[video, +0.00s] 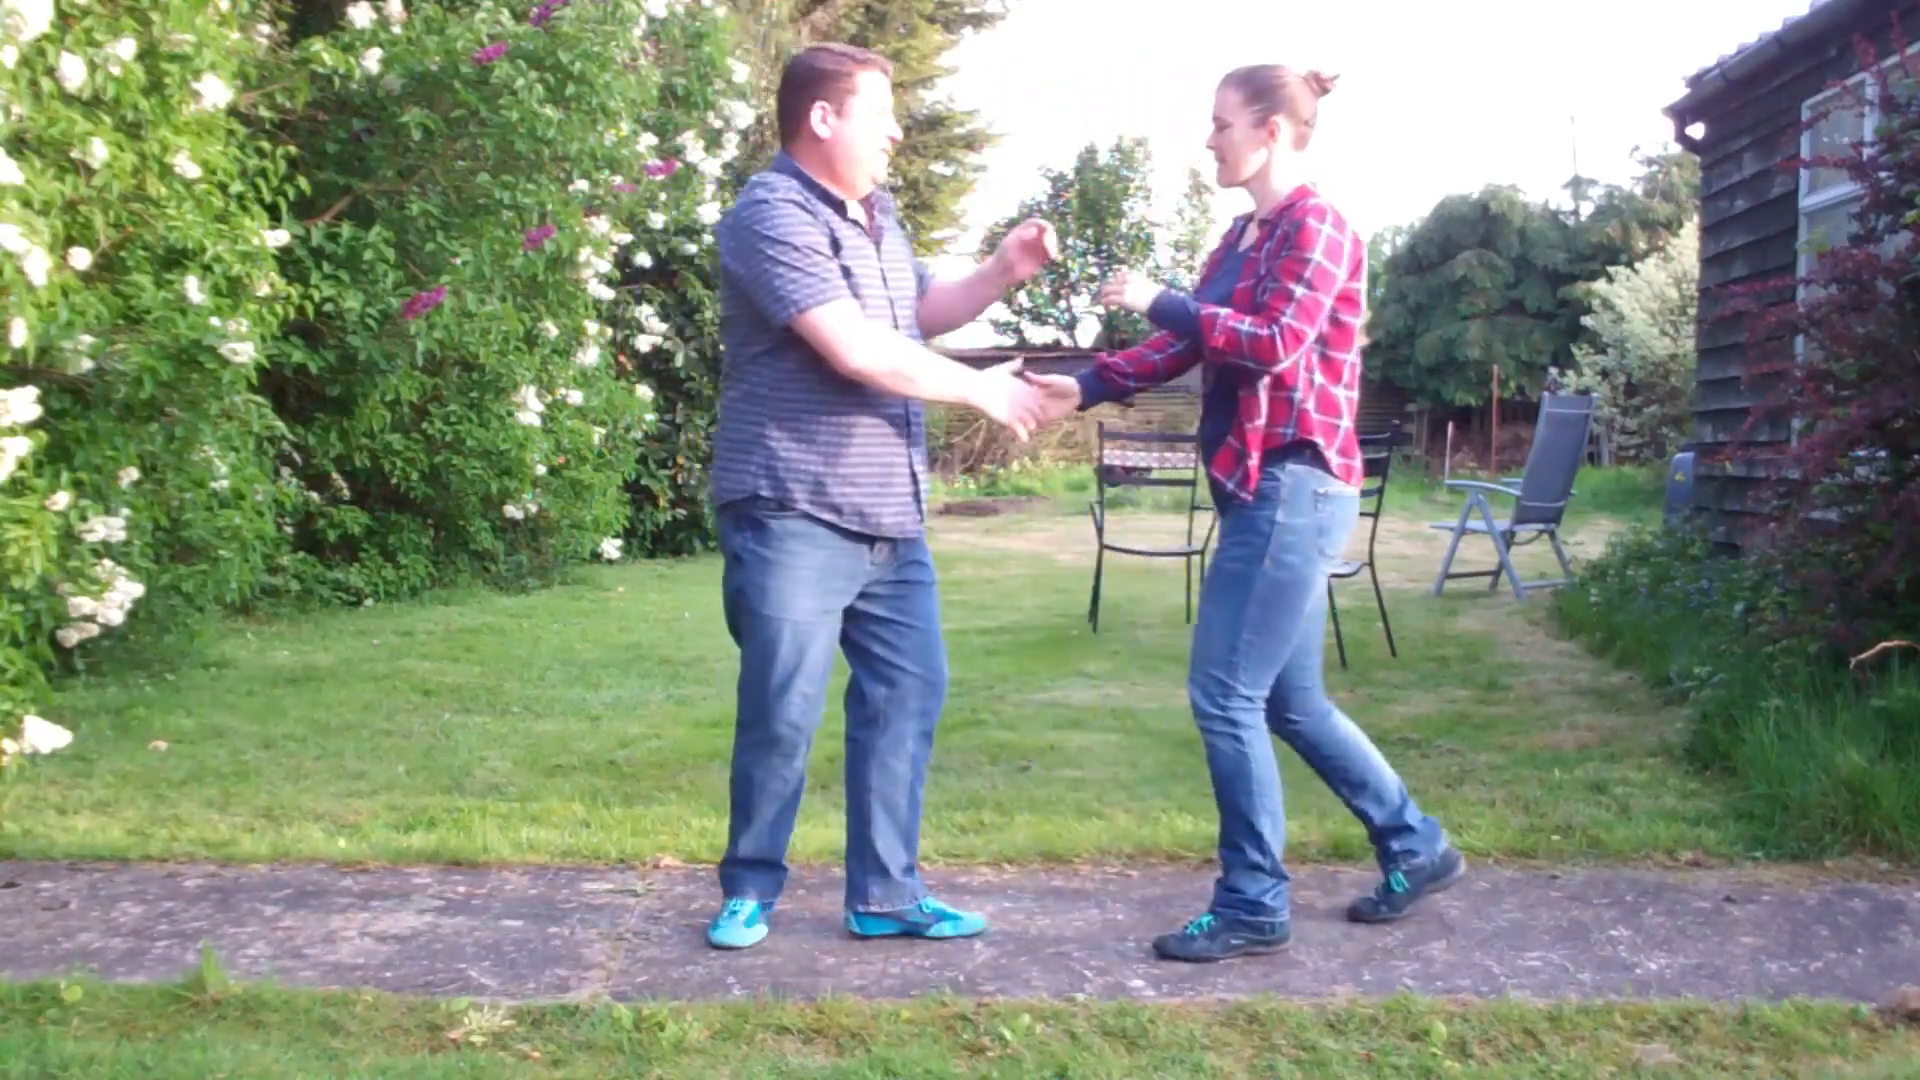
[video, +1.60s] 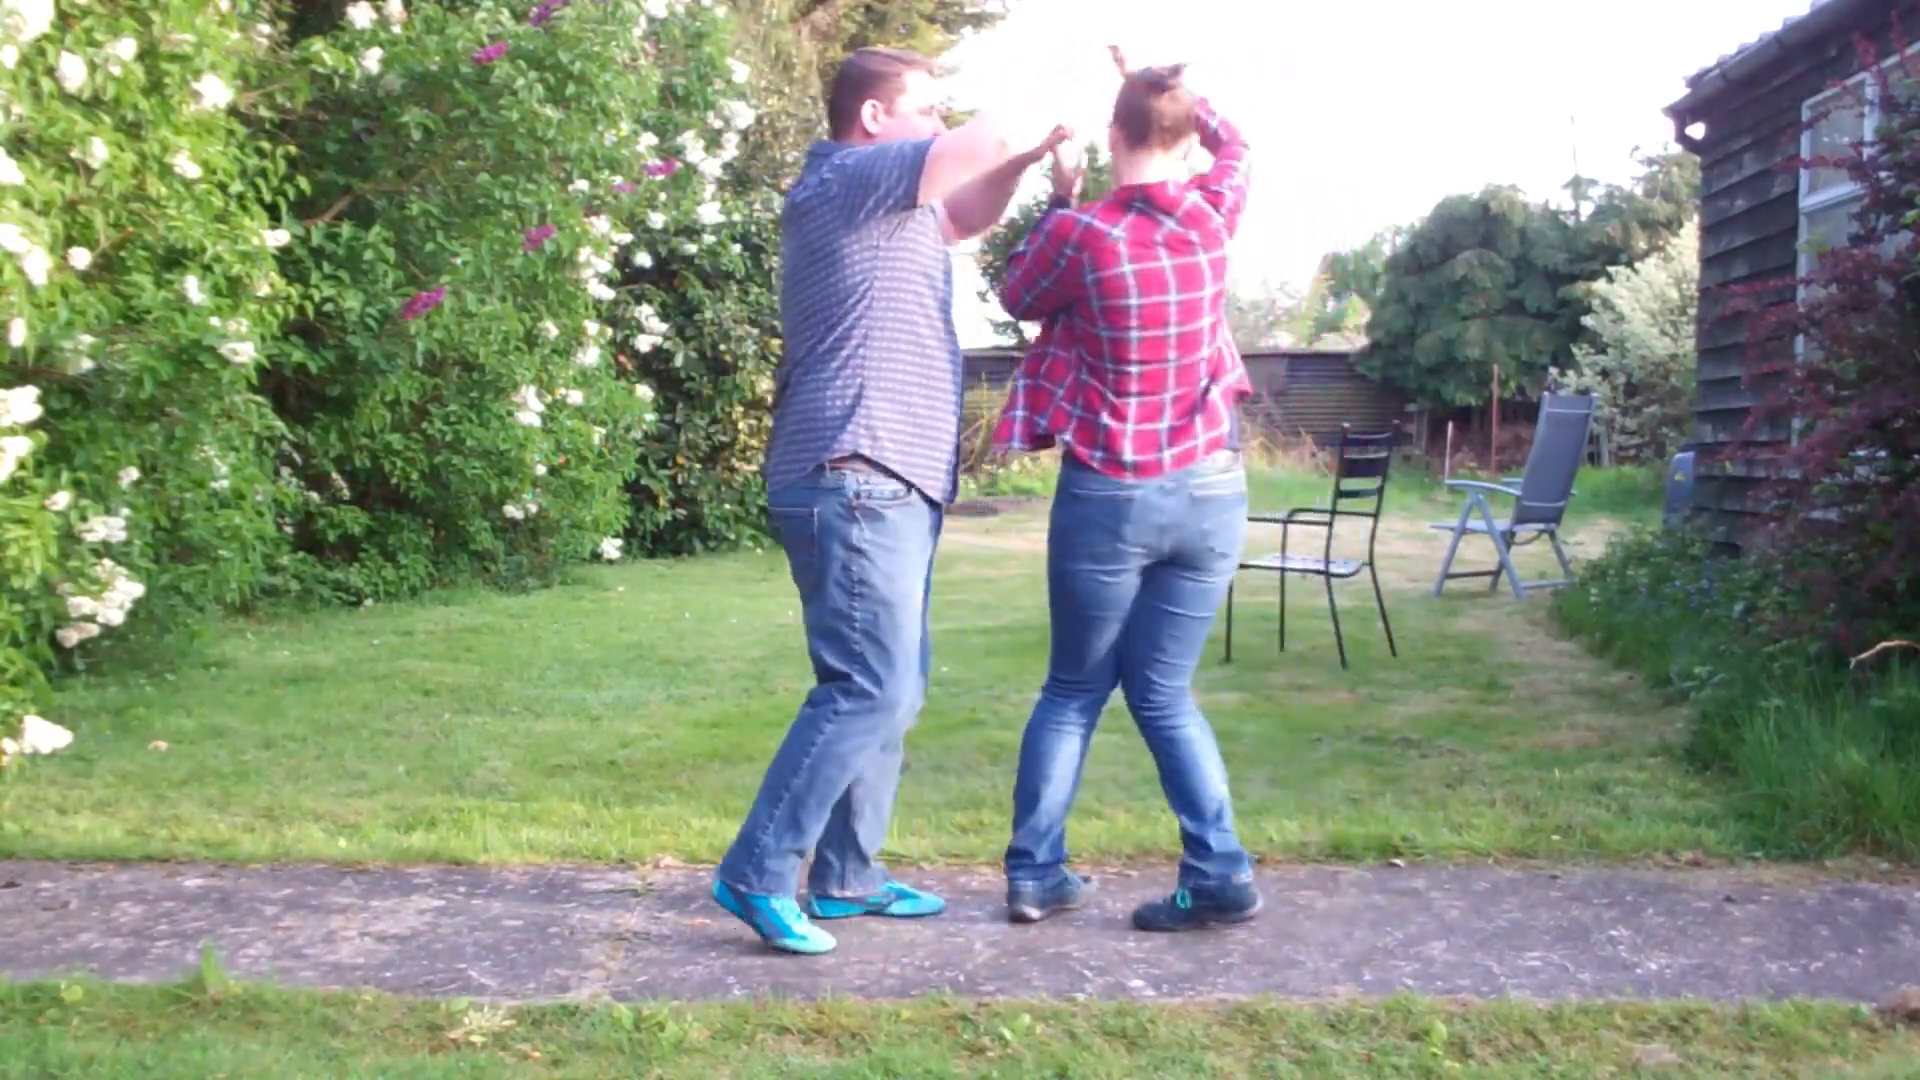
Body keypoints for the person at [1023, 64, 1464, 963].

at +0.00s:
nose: (1208, 141)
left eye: (1222, 127)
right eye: (1211, 127)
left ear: (1274, 132)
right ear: (1262, 133)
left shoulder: (1318, 226)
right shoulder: (1240, 242)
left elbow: (1273, 345)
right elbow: (1172, 348)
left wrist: (1163, 303)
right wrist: (1079, 387)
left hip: (1296, 487)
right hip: (1268, 487)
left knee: (1226, 695)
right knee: (1292, 699)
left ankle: (1252, 905)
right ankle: (1417, 849)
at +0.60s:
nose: (1233, 135)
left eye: (1245, 119)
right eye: (1235, 120)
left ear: (1293, 123)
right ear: (1278, 125)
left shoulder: (1345, 224)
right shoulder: (1267, 231)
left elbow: (1316, 353)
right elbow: (1192, 307)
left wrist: (1197, 349)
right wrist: (1112, 258)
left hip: (1323, 484)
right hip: (1268, 486)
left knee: (1287, 693)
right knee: (1233, 682)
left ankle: (1342, 890)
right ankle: (1373, 813)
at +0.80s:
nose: (1214, 135)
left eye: (1222, 118)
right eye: (1217, 120)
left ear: (1261, 120)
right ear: (1260, 122)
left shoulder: (1339, 225)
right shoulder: (1231, 213)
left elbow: (1310, 355)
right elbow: (1130, 215)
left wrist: (1175, 338)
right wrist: (1097, 133)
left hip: (1308, 482)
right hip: (1228, 484)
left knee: (1292, 692)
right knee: (1185, 681)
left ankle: (1345, 886)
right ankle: (1239, 868)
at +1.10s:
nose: (1181, 142)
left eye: (1188, 125)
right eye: (1183, 127)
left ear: (1226, 127)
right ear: (1231, 128)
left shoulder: (1290, 232)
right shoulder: (1199, 214)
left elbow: (1239, 354)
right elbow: (1110, 190)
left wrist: (1120, 311)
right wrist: (1092, 112)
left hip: (1247, 476)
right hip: (1187, 476)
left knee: (1180, 680)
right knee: (1170, 682)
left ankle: (1298, 849)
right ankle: (1222, 877)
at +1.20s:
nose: (1171, 148)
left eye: (1177, 133)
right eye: (1172, 135)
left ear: (1213, 129)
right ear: (1228, 131)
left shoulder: (1261, 231)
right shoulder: (1204, 217)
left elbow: (1188, 353)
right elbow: (1117, 197)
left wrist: (1096, 291)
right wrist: (1083, 122)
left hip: (1223, 477)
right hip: (1218, 475)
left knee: (1116, 668)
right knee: (1181, 687)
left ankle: (1234, 850)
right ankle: (1225, 879)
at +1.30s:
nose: (1156, 153)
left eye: (1162, 136)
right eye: (1159, 138)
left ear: (1191, 130)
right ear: (1224, 133)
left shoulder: (1217, 230)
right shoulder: (1250, 218)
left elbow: (1131, 346)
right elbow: (1132, 189)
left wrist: (1079, 267)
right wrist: (1088, 114)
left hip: (1191, 487)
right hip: (1244, 489)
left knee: (1089, 666)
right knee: (1176, 690)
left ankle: (1130, 864)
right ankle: (1229, 880)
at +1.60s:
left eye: (1111, 129)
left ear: (1112, 137)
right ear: (1192, 143)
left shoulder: (1081, 230)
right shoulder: (1210, 217)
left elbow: (1017, 298)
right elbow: (1235, 152)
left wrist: (1061, 203)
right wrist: (1172, 94)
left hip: (1111, 494)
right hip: (1214, 489)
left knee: (1074, 689)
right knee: (1165, 688)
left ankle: (1033, 874)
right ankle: (1219, 873)